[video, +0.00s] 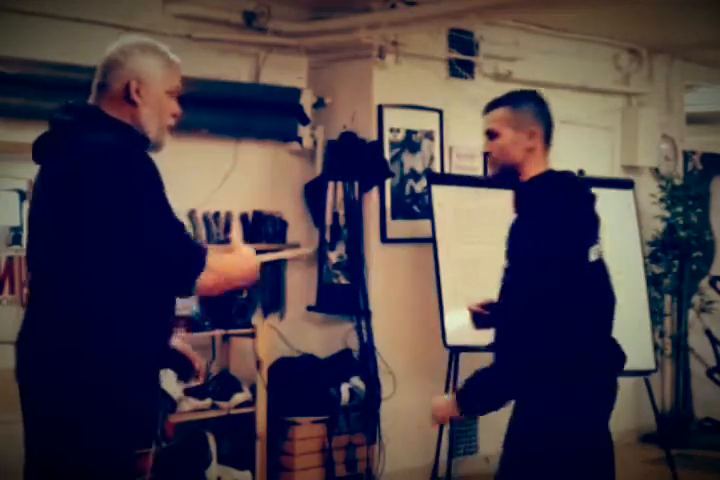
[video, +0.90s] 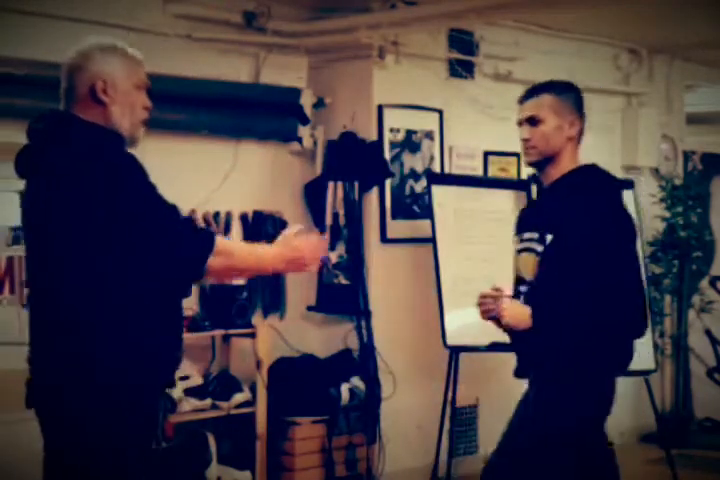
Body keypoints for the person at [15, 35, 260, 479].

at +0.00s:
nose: (178, 112)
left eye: (178, 99)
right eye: (173, 95)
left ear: (131, 91)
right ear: (135, 91)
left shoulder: (68, 153)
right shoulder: (120, 159)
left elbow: (87, 286)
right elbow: (182, 271)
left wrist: (162, 341)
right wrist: (234, 268)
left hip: (56, 367)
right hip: (102, 378)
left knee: (57, 469)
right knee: (104, 469)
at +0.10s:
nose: (167, 114)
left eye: (167, 101)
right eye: (162, 98)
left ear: (123, 92)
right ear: (125, 92)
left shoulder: (63, 155)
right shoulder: (107, 161)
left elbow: (101, 271)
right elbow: (170, 276)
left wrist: (169, 316)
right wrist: (253, 312)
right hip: (98, 387)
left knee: (59, 469)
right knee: (102, 469)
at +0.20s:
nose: (160, 114)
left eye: (159, 100)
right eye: (154, 97)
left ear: (112, 95)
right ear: (115, 95)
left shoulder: (54, 157)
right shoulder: (101, 164)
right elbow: (171, 272)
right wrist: (254, 307)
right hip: (94, 399)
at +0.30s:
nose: (153, 111)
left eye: (153, 99)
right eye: (146, 96)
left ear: (106, 95)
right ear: (108, 95)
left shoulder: (53, 156)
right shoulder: (93, 163)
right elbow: (180, 263)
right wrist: (272, 267)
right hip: (83, 402)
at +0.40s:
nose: (143, 107)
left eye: (142, 96)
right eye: (136, 93)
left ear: (98, 92)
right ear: (97, 92)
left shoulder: (47, 151)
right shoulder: (85, 157)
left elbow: (99, 249)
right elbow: (174, 247)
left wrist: (172, 231)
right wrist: (270, 243)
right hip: (84, 391)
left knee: (50, 467)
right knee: (92, 468)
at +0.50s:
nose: (136, 103)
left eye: (134, 91)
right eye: (129, 89)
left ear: (89, 90)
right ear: (91, 90)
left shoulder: (42, 152)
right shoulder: (84, 157)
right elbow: (175, 241)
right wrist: (268, 242)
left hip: (48, 371)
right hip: (89, 381)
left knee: (50, 467)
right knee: (92, 468)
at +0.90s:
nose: (149, 104)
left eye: (146, 92)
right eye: (141, 90)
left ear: (102, 92)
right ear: (103, 92)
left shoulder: (59, 158)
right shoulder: (99, 161)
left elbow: (154, 254)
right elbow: (182, 250)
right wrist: (278, 257)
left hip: (75, 385)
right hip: (110, 392)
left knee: (79, 471)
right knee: (114, 471)